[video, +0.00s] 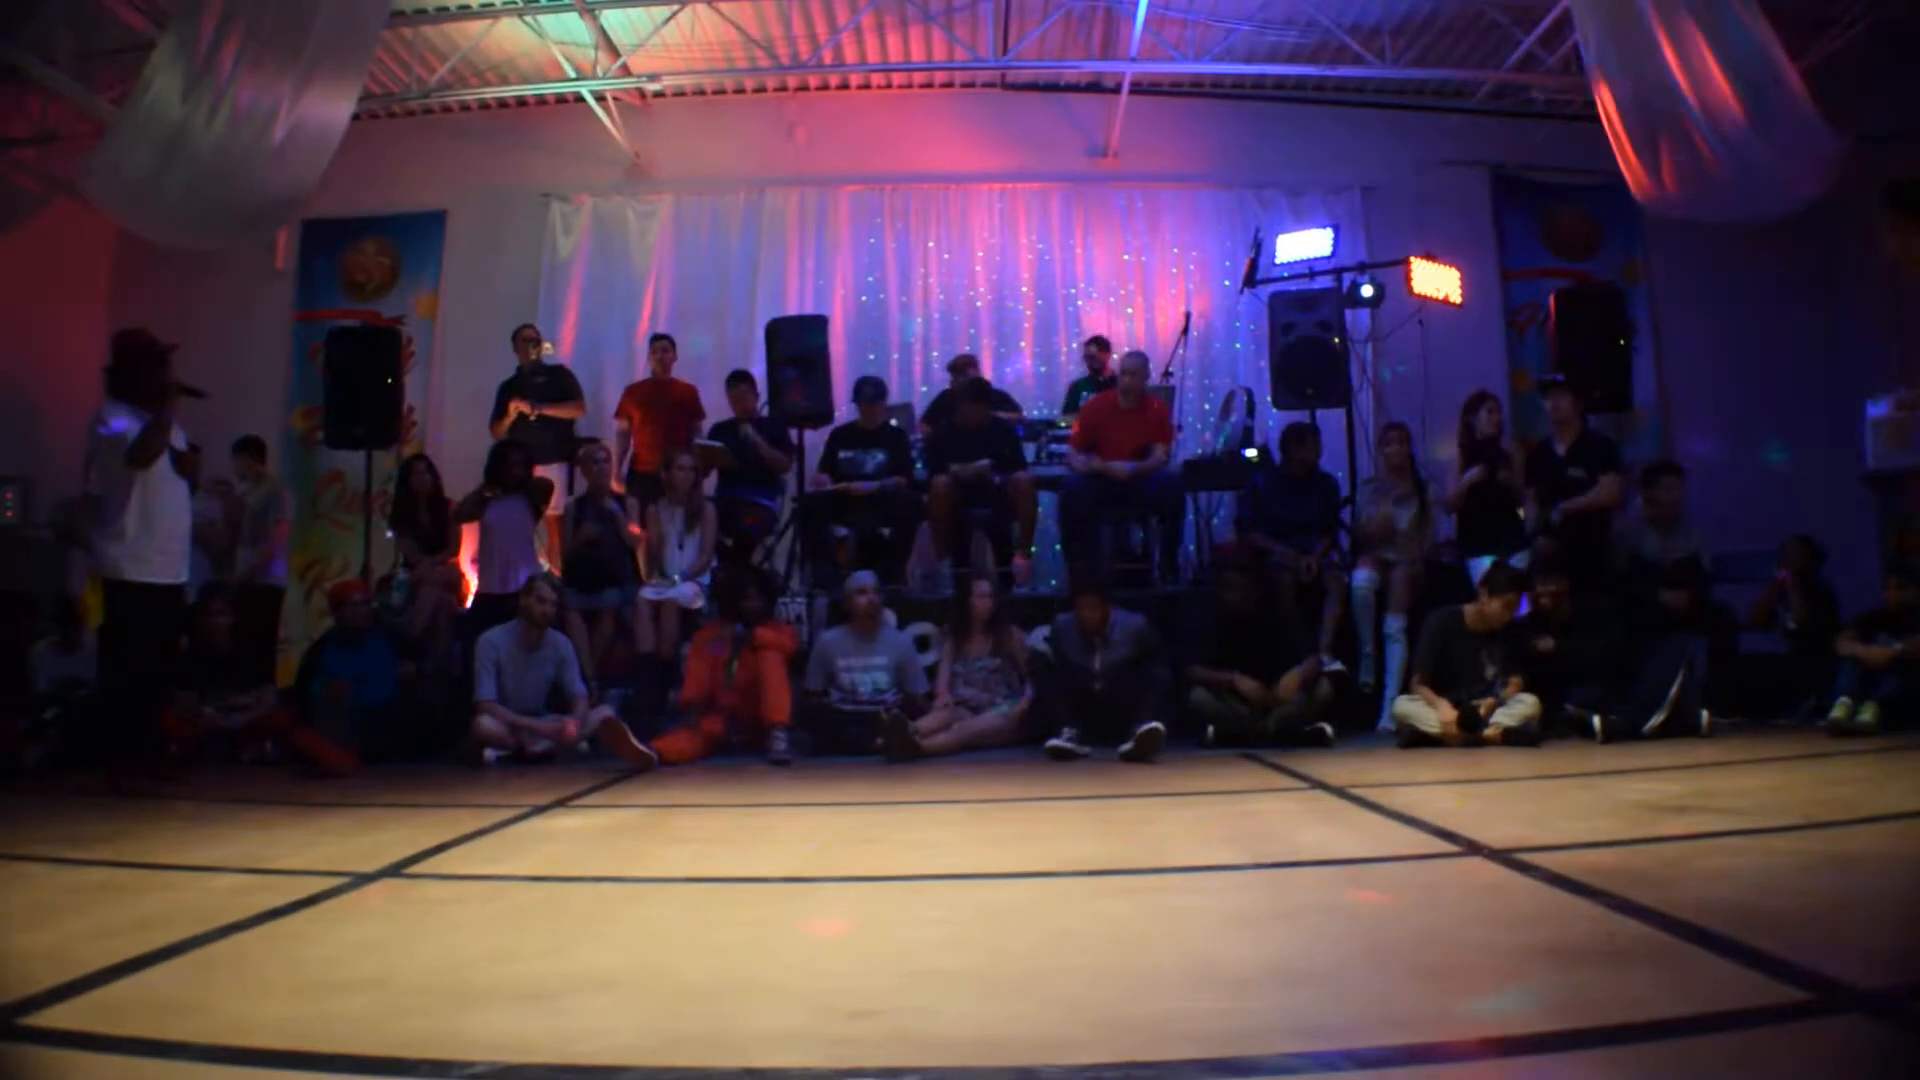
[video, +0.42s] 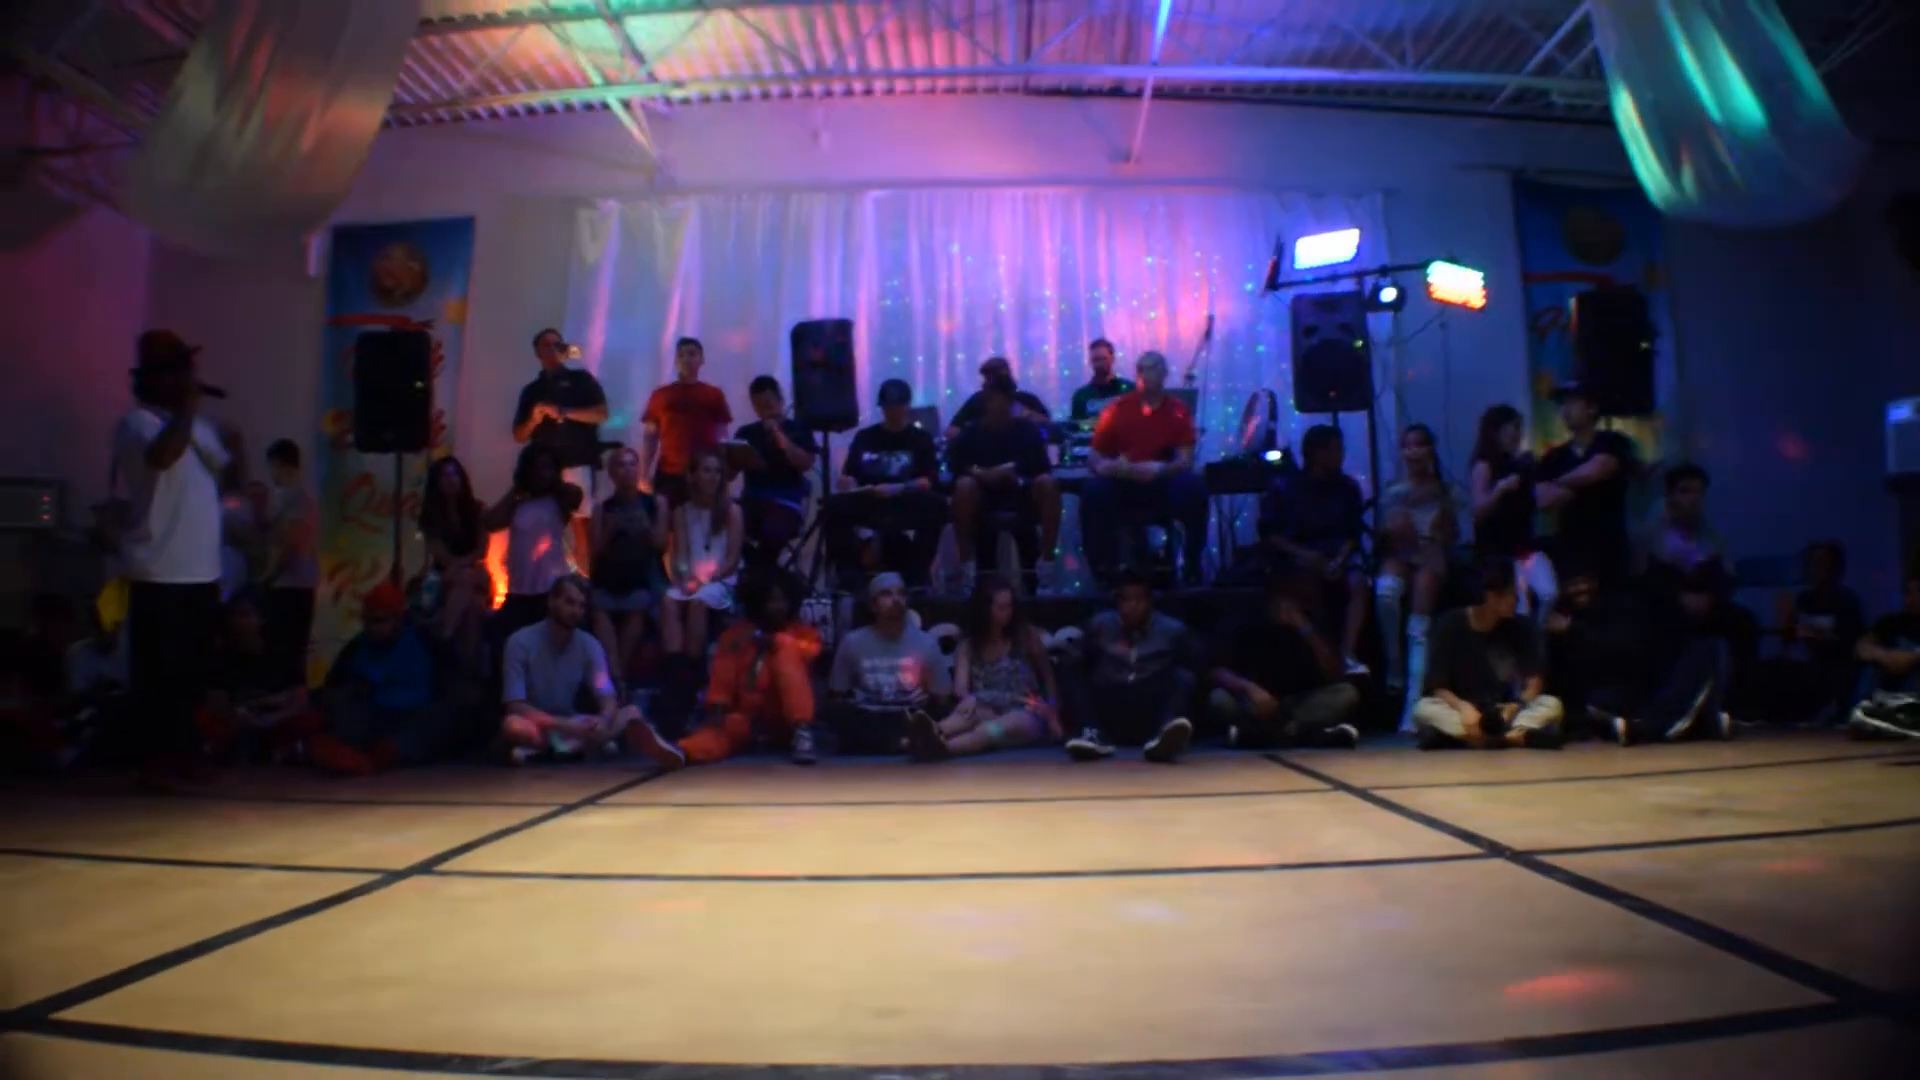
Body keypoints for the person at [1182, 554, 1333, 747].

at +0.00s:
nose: (1238, 595)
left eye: (1245, 587)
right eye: (1230, 588)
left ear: (1257, 588)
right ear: (1220, 590)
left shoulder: (1274, 620)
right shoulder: (1215, 623)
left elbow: (1313, 658)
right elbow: (1193, 670)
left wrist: (1295, 677)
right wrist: (1236, 680)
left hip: (1279, 694)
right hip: (1236, 700)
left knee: (1322, 689)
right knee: (1199, 696)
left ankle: (1242, 734)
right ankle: (1289, 733)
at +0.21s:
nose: (1233, 598)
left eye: (1240, 591)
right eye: (1228, 591)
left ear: (1254, 592)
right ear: (1219, 593)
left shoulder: (1271, 623)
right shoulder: (1213, 626)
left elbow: (1308, 669)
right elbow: (1189, 671)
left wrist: (1280, 661)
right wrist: (1226, 688)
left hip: (1272, 698)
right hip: (1227, 703)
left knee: (1320, 692)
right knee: (1192, 698)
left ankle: (1231, 737)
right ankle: (1287, 735)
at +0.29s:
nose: (1243, 599)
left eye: (1249, 592)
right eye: (1238, 593)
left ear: (1262, 594)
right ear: (1230, 595)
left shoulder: (1278, 625)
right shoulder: (1221, 629)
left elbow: (1308, 672)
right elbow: (1195, 672)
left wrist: (1279, 651)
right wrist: (1227, 689)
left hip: (1278, 697)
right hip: (1234, 702)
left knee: (1323, 694)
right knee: (1195, 699)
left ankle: (1232, 736)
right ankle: (1293, 735)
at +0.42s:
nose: (1283, 610)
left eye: (1290, 605)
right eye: (1278, 603)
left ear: (1301, 606)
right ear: (1269, 602)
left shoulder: (1311, 629)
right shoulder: (1251, 628)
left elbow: (1334, 671)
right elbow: (1217, 671)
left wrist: (1304, 627)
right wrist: (1252, 690)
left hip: (1303, 696)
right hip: (1257, 702)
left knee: (1346, 693)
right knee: (1219, 699)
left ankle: (1259, 734)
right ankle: (1310, 735)